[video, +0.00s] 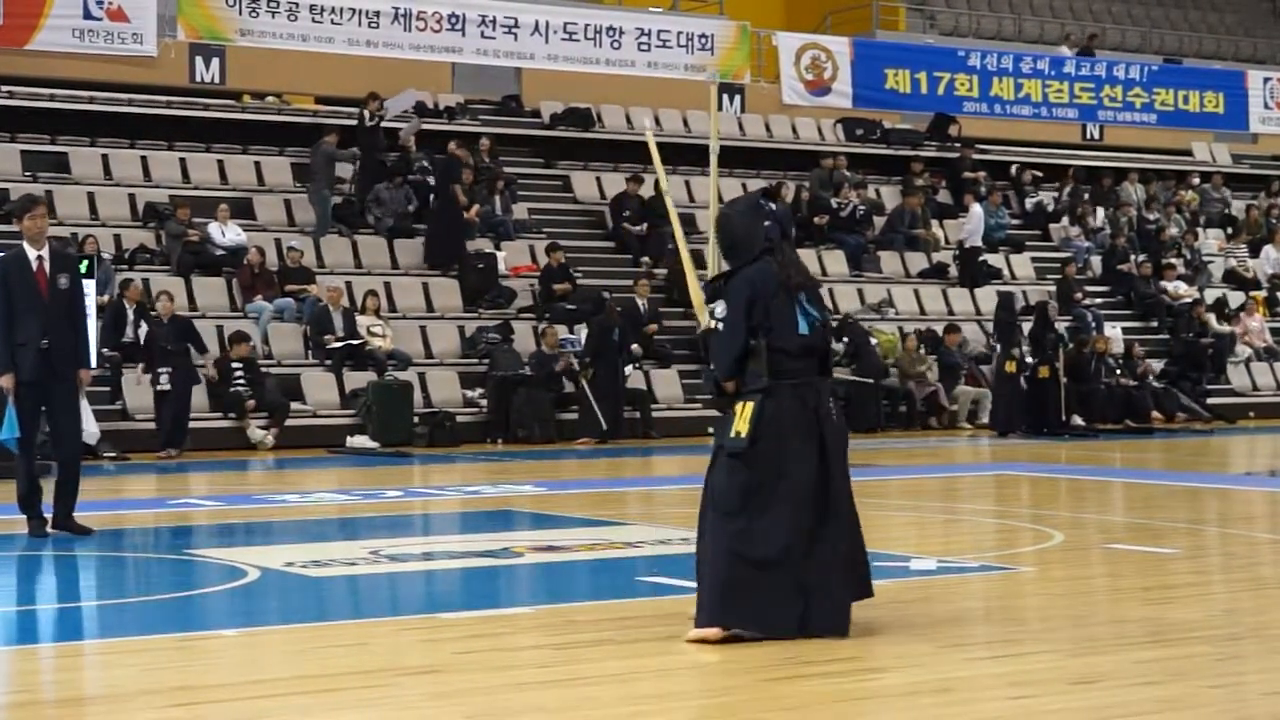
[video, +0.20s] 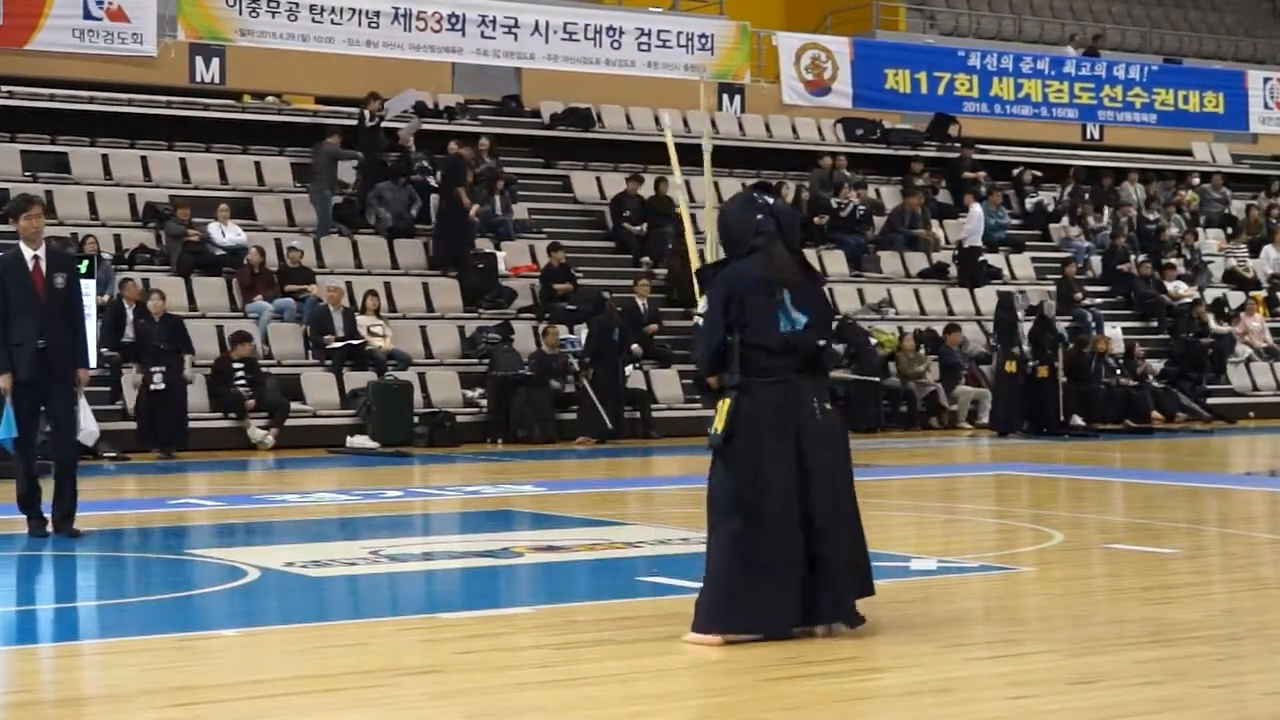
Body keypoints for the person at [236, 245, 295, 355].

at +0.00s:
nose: (250, 257)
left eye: (253, 254)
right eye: (249, 254)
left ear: (261, 258)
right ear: (248, 257)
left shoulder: (267, 272)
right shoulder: (244, 271)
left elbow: (275, 291)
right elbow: (245, 284)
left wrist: (263, 296)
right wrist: (247, 265)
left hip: (269, 301)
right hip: (250, 303)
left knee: (289, 303)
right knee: (268, 309)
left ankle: (288, 336)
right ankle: (261, 342)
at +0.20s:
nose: (250, 257)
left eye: (254, 254)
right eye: (249, 254)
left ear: (261, 258)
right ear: (248, 257)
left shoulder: (267, 273)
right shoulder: (243, 271)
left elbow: (275, 291)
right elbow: (245, 284)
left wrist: (263, 296)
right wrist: (247, 265)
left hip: (269, 301)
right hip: (251, 302)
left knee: (289, 303)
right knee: (267, 308)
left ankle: (288, 335)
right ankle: (261, 341)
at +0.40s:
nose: (251, 257)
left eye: (254, 255)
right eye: (250, 254)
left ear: (261, 258)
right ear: (248, 257)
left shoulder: (267, 272)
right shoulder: (243, 271)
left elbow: (276, 291)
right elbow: (245, 284)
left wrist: (263, 296)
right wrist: (247, 265)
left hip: (269, 301)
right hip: (251, 302)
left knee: (290, 303)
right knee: (268, 309)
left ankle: (288, 336)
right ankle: (261, 342)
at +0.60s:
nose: (251, 257)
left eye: (254, 254)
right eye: (250, 254)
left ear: (262, 258)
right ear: (248, 257)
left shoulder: (268, 272)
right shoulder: (244, 271)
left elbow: (276, 291)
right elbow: (246, 284)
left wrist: (264, 296)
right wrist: (247, 265)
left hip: (269, 301)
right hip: (251, 302)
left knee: (290, 303)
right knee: (268, 308)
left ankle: (289, 335)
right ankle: (262, 341)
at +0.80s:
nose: (251, 257)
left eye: (255, 254)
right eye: (250, 254)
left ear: (262, 258)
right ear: (248, 257)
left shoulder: (268, 272)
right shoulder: (244, 271)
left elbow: (276, 291)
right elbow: (246, 284)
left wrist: (264, 296)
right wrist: (247, 265)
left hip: (270, 301)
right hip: (251, 302)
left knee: (290, 303)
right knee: (268, 308)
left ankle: (289, 335)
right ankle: (262, 342)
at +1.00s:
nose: (251, 257)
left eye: (255, 254)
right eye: (250, 254)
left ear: (262, 258)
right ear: (248, 257)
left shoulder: (268, 273)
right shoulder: (244, 271)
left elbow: (276, 292)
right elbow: (246, 284)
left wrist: (264, 296)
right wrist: (247, 265)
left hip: (270, 301)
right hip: (251, 302)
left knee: (290, 303)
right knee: (268, 308)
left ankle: (289, 335)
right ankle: (262, 341)